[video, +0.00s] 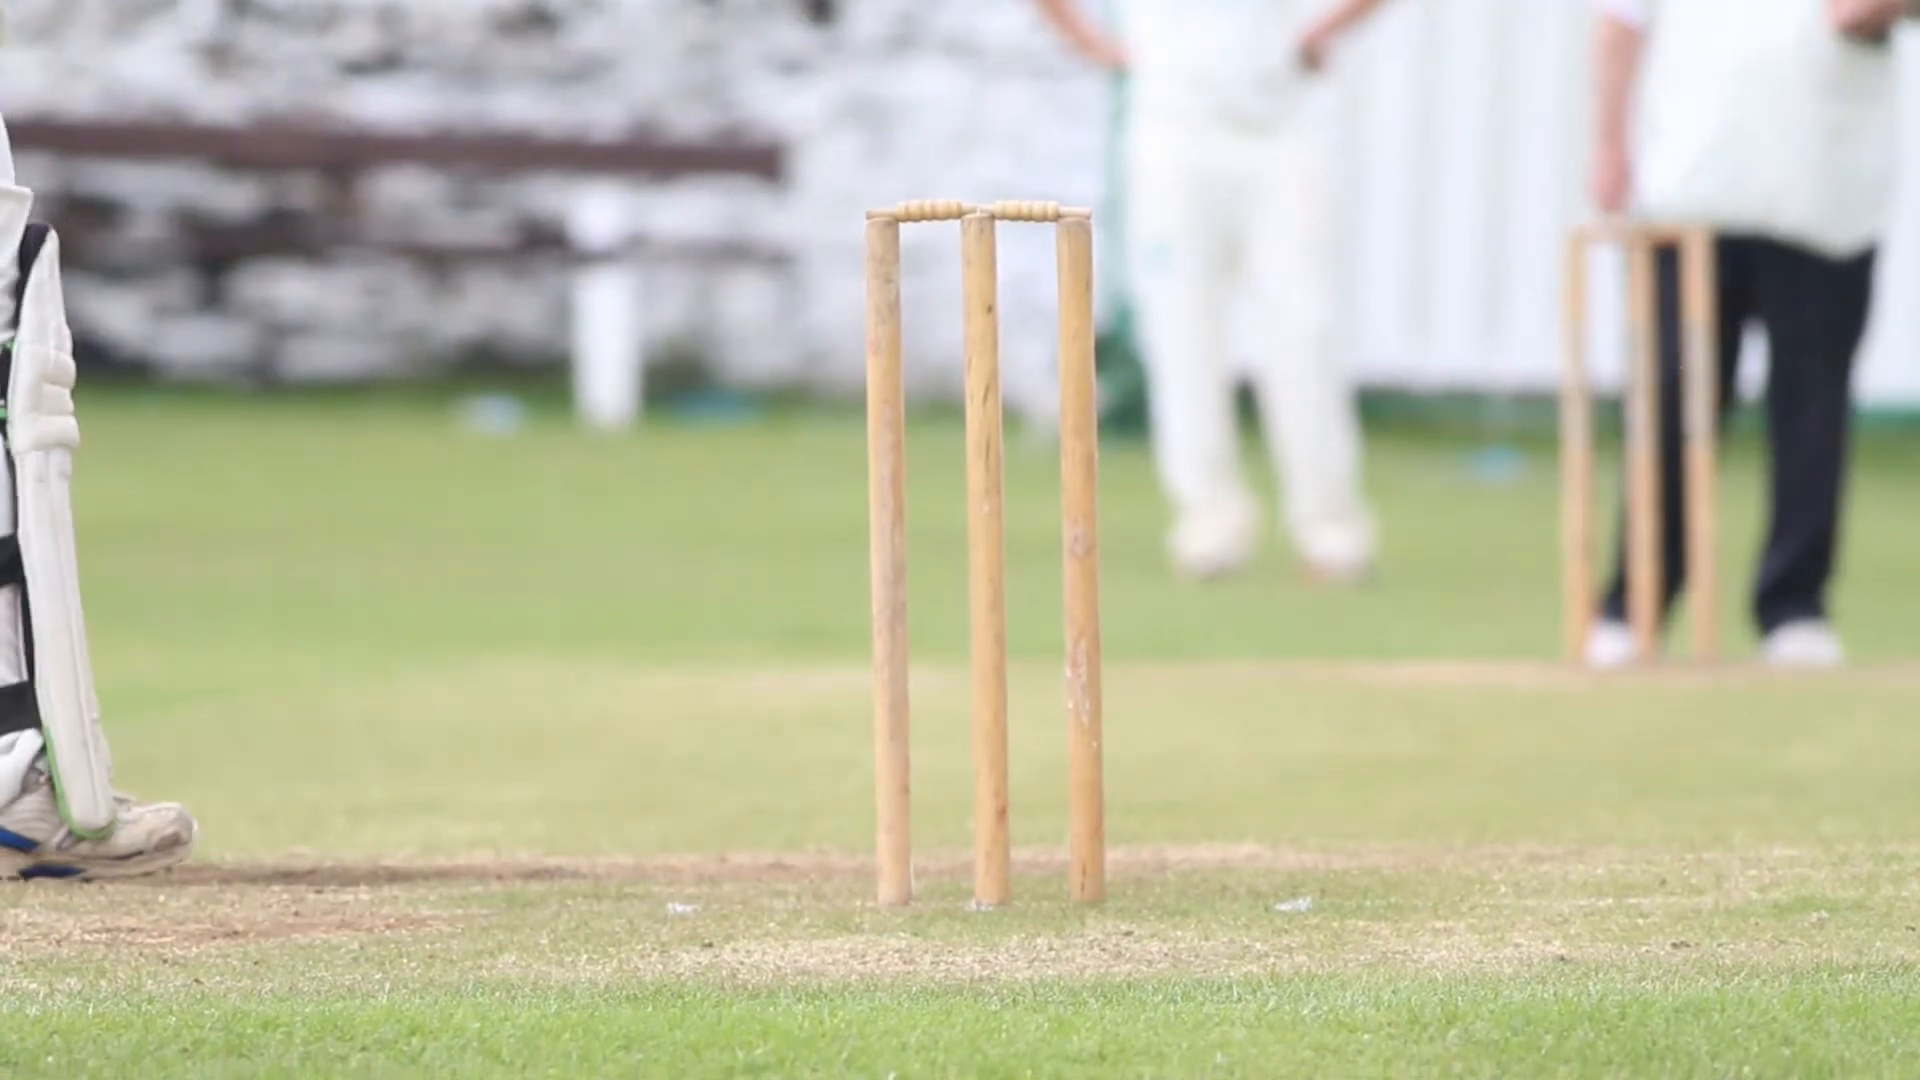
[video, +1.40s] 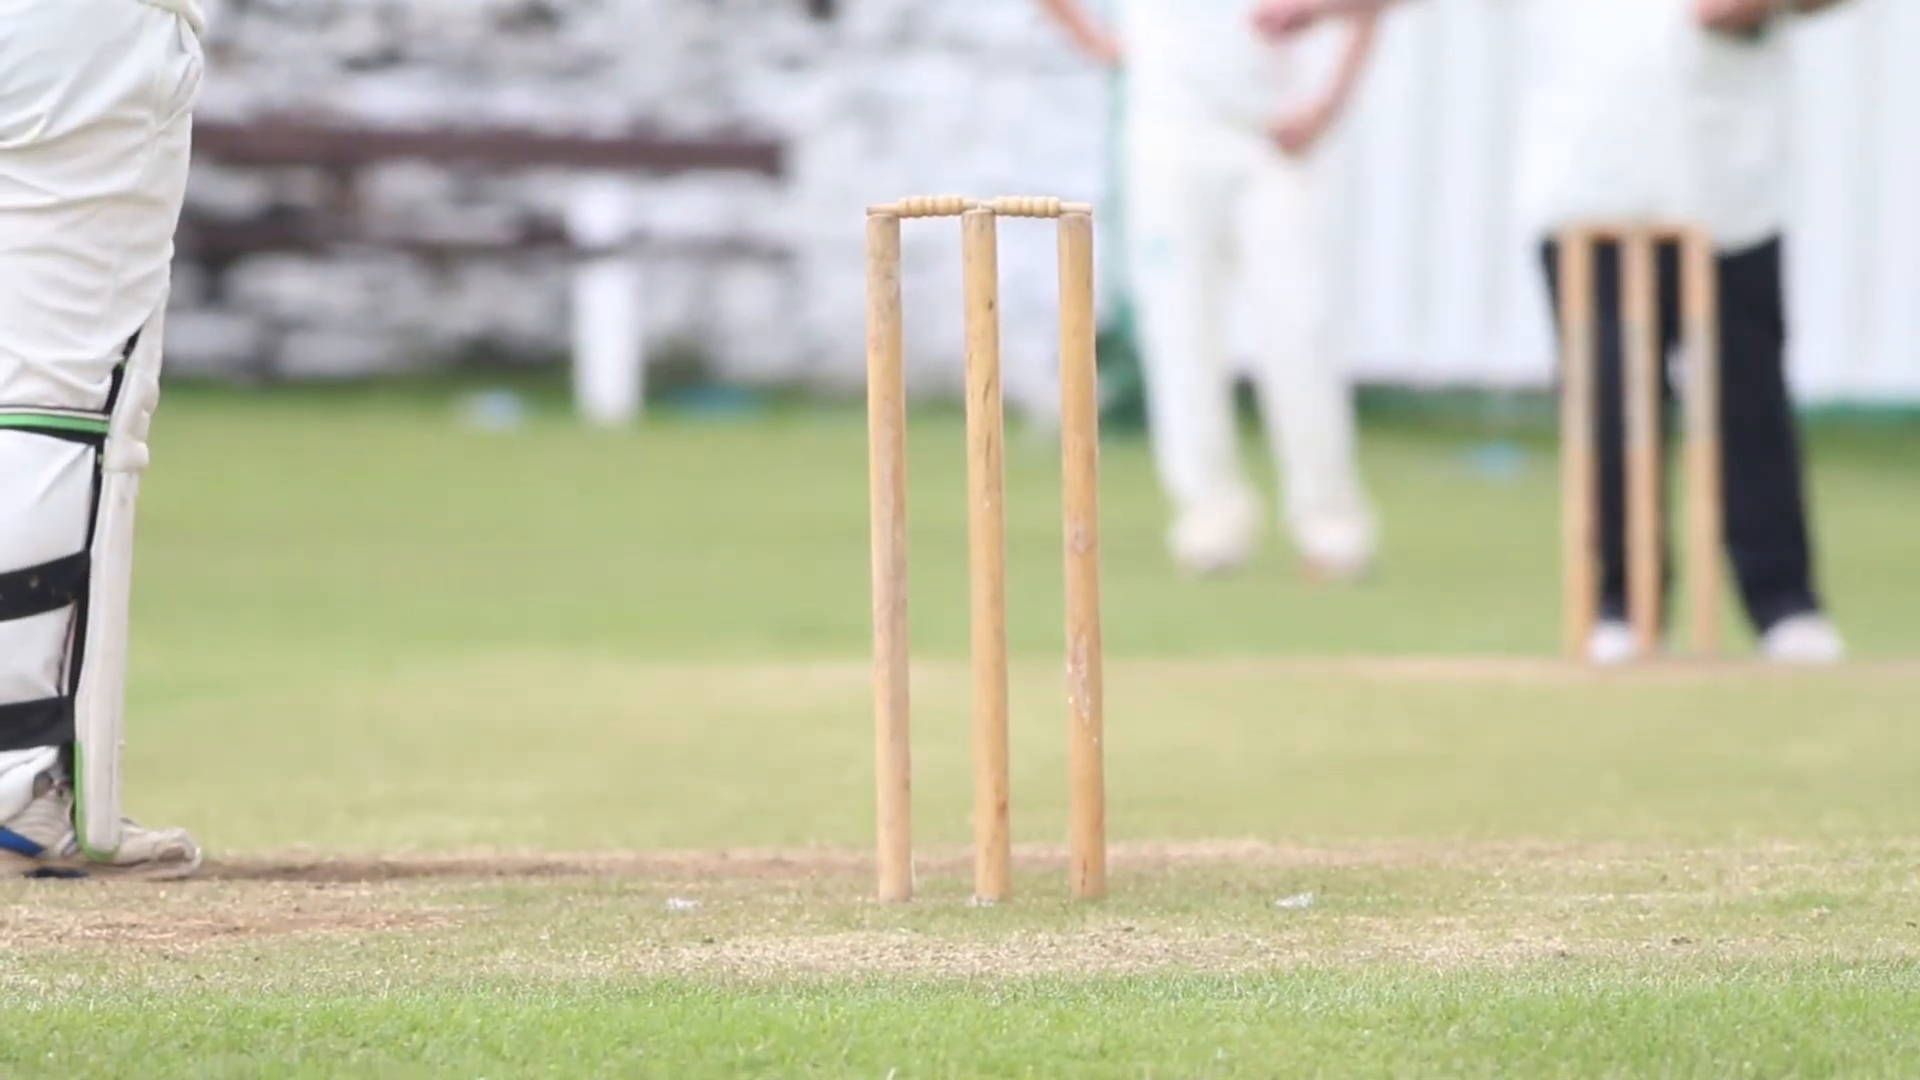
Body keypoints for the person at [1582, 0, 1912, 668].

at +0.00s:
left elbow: (1868, 18)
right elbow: (1622, 18)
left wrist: (1882, 12)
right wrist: (1612, 150)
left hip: (1830, 191)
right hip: (1691, 182)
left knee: (1810, 425)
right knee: (1670, 418)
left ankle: (1795, 613)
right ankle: (1628, 613)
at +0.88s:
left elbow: (1868, 3)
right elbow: (1552, 13)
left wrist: (1816, 9)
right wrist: (1522, 139)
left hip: (1764, 175)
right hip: (1623, 170)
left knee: (1769, 409)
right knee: (1628, 411)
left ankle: (1788, 609)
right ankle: (1624, 612)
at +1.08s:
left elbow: (1847, 3)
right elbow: (1508, 7)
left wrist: (1791, 9)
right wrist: (1443, 94)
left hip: (1745, 183)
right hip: (1605, 179)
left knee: (1759, 408)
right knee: (1620, 412)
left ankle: (1788, 609)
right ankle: (1621, 613)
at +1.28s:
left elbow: (1828, 5)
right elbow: (1443, 5)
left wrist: (1776, 11)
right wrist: (1356, 31)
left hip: (1733, 176)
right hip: (1594, 176)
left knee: (1756, 407)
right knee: (1615, 415)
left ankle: (1788, 610)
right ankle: (1621, 614)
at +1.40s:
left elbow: (1831, 2)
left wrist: (1769, 8)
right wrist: (1330, 9)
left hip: (1727, 172)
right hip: (1587, 170)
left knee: (1754, 404)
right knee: (1610, 416)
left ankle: (1788, 608)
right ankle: (1618, 613)